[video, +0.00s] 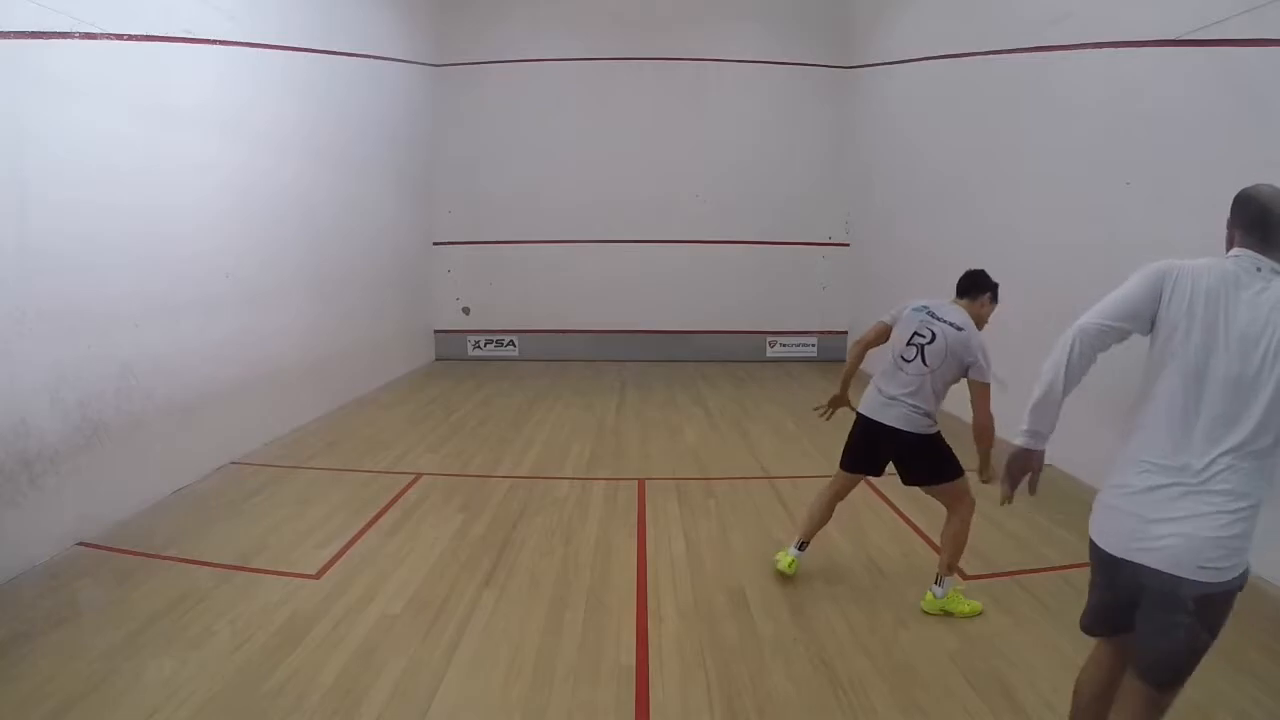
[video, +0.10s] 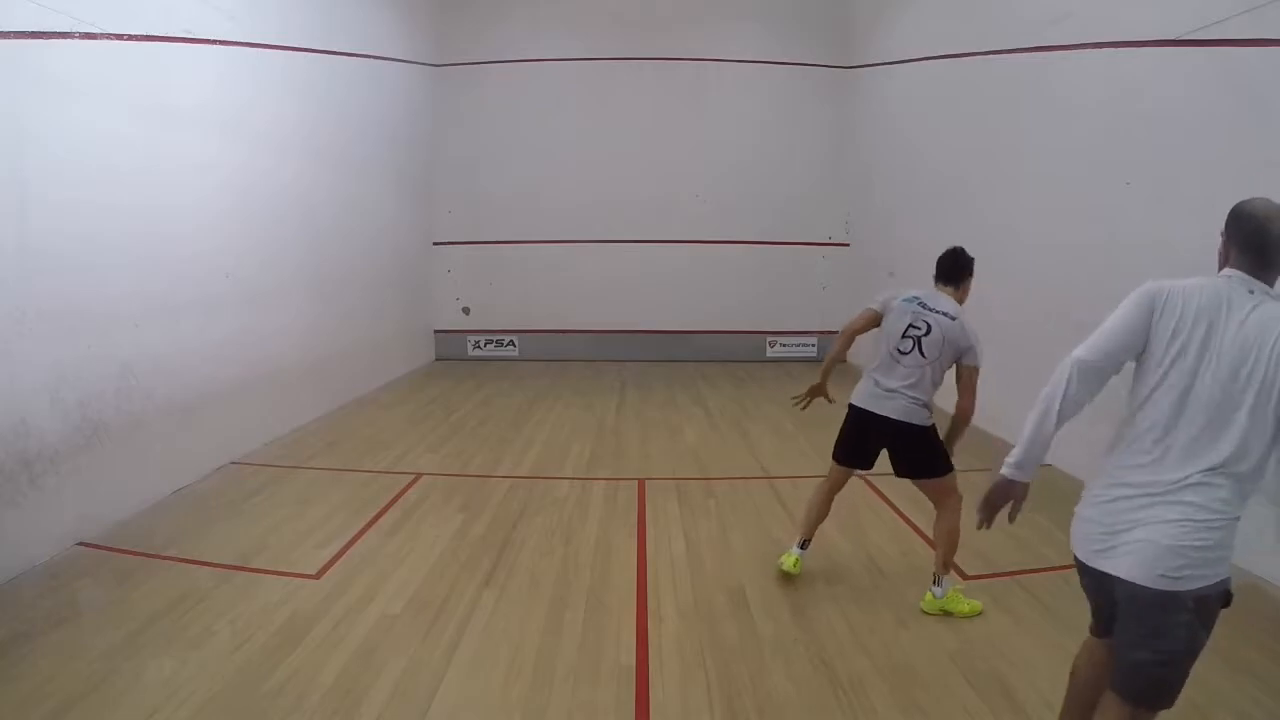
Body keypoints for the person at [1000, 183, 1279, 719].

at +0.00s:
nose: (1226, 236)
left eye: (1227, 229)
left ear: (1231, 232)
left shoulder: (1175, 279)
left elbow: (1084, 334)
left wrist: (1034, 436)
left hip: (1119, 532)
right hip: (1206, 562)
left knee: (1110, 647)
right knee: (1145, 700)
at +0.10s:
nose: (1220, 249)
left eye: (1221, 241)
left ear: (1223, 247)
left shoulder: (1163, 298)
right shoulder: (1275, 331)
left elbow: (1082, 367)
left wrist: (1019, 467)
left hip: (1099, 539)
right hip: (1179, 570)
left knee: (1104, 637)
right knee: (1129, 706)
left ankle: (1070, 713)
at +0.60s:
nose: (1175, 226)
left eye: (1175, 217)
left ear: (1176, 227)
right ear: (1231, 242)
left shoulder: (1119, 281)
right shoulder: (1247, 328)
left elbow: (1040, 344)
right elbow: (1229, 441)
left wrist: (1040, 401)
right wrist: (1208, 509)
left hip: (1085, 497)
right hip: (1164, 521)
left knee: (1073, 598)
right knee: (1155, 651)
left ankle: (1023, 710)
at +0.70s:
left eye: (1181, 209)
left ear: (1181, 219)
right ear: (1237, 233)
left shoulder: (1124, 272)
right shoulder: (1252, 315)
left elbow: (1049, 332)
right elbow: (1245, 430)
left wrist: (1060, 385)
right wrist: (1244, 500)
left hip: (1097, 485)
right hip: (1176, 508)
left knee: (1076, 593)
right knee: (1182, 622)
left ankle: (1024, 710)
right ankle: (1143, 718)